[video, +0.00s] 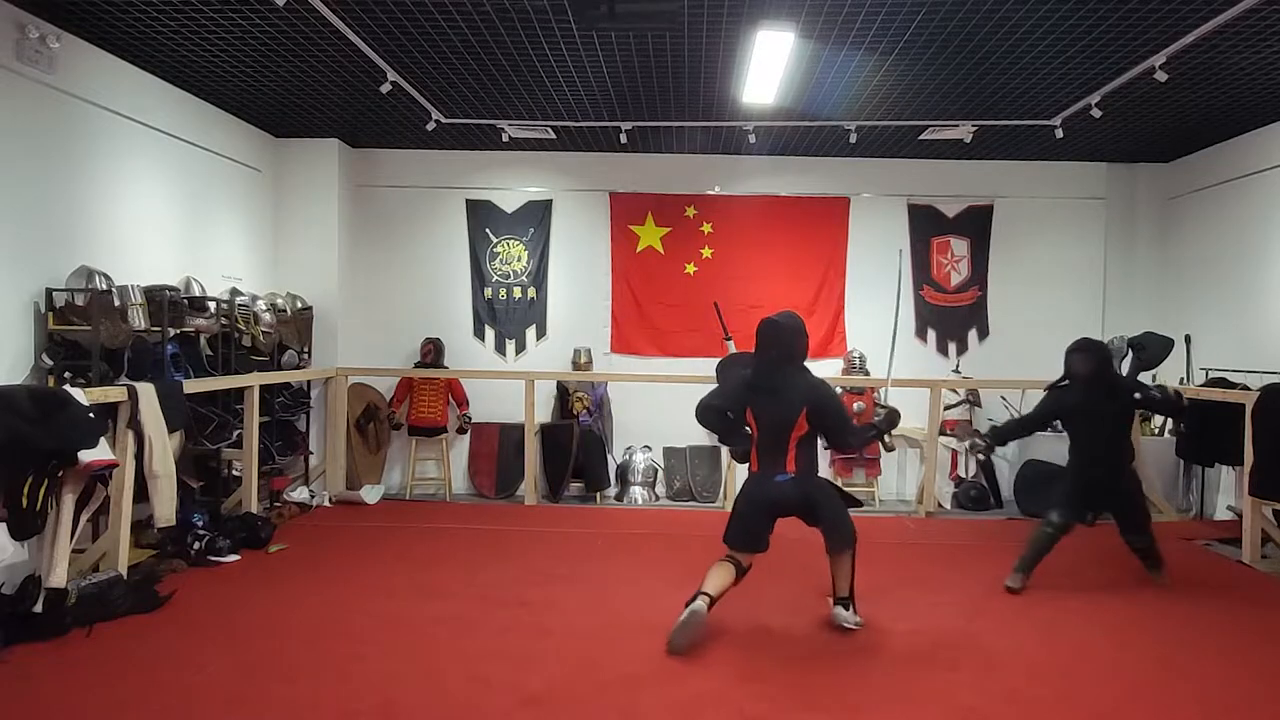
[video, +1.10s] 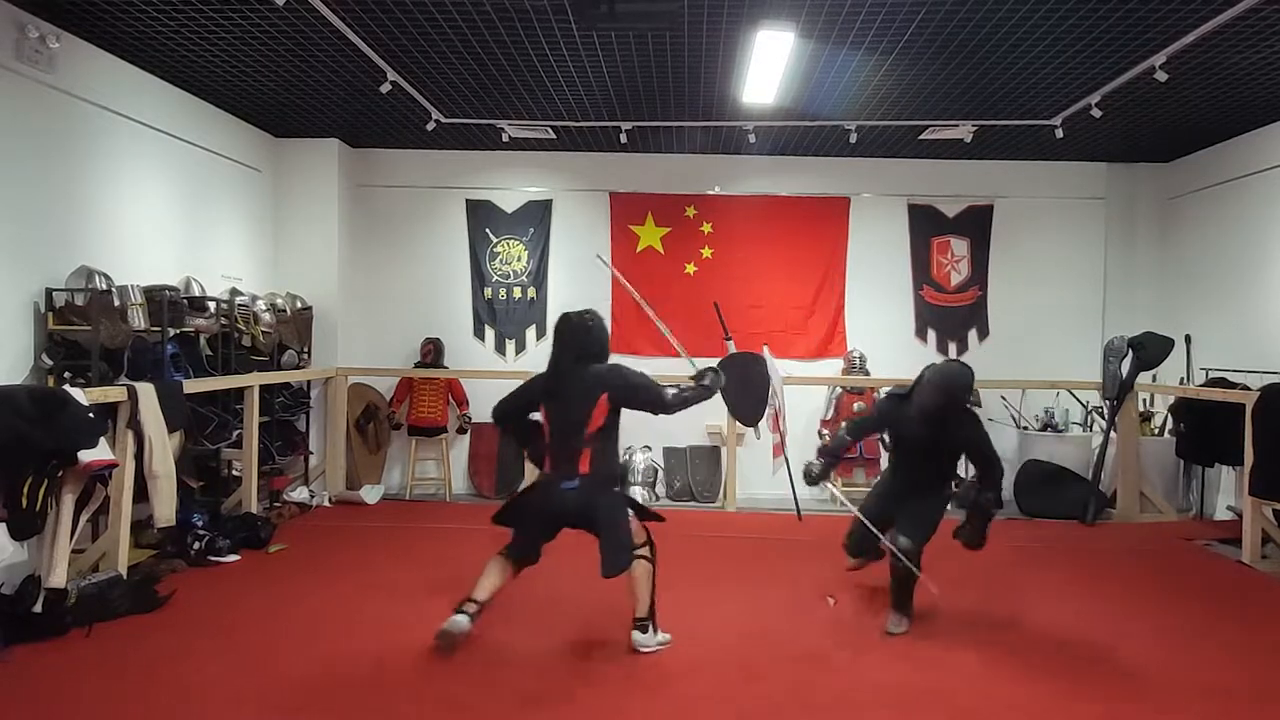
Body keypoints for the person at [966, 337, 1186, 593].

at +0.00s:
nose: (1083, 377)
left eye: (1087, 369)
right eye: (1077, 370)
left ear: (1102, 366)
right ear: (1069, 369)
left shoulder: (1126, 389)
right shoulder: (1062, 398)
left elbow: (1169, 408)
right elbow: (1029, 423)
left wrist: (1172, 399)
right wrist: (992, 438)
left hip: (1120, 476)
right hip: (1081, 476)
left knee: (1137, 528)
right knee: (1055, 523)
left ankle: (1156, 568)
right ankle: (1020, 572)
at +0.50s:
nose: (1032, 368)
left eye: (1037, 362)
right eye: (1028, 362)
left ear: (1052, 365)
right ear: (1023, 368)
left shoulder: (1082, 388)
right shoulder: (1018, 398)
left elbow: (1136, 394)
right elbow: (983, 425)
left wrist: (1130, 389)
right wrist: (958, 415)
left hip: (1083, 474)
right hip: (1042, 474)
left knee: (1117, 524)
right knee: (1012, 518)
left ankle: (1153, 566)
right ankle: (1000, 571)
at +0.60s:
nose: (997, 372)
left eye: (1002, 366)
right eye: (993, 367)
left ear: (1018, 367)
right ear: (990, 370)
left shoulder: (1049, 390)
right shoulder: (986, 398)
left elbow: (1097, 391)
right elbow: (953, 415)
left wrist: (1141, 384)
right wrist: (923, 404)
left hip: (1062, 478)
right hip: (1020, 480)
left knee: (1094, 538)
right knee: (989, 526)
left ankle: (1132, 554)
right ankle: (995, 575)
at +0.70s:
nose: (986, 372)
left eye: (992, 366)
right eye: (980, 366)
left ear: (1005, 368)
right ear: (970, 370)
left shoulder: (1027, 391)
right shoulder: (963, 399)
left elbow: (1074, 391)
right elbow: (925, 404)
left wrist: (1120, 388)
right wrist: (891, 397)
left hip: (1031, 476)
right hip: (993, 479)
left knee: (1045, 538)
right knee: (974, 534)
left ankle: (1077, 566)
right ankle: (992, 575)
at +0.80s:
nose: (983, 373)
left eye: (990, 368)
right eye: (978, 366)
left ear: (1002, 369)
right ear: (968, 366)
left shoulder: (1016, 393)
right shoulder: (953, 394)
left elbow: (1057, 400)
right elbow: (911, 410)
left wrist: (1094, 402)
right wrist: (869, 418)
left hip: (1003, 472)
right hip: (966, 473)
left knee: (999, 526)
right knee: (962, 535)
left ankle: (998, 585)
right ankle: (986, 568)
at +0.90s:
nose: (984, 386)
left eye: (992, 382)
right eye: (981, 379)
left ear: (1000, 380)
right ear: (970, 370)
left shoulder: (1002, 399)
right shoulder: (937, 392)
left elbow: (1030, 423)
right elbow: (894, 421)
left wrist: (1046, 437)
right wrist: (872, 457)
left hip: (975, 472)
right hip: (938, 470)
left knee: (950, 532)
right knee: (939, 531)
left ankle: (926, 598)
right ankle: (977, 555)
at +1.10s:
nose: (927, 400)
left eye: (936, 397)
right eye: (927, 391)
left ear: (952, 400)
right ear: (921, 384)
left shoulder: (965, 424)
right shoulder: (897, 406)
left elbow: (991, 470)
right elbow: (855, 430)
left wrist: (980, 516)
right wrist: (826, 460)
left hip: (931, 492)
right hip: (894, 481)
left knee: (903, 548)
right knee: (854, 544)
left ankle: (900, 611)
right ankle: (875, 552)